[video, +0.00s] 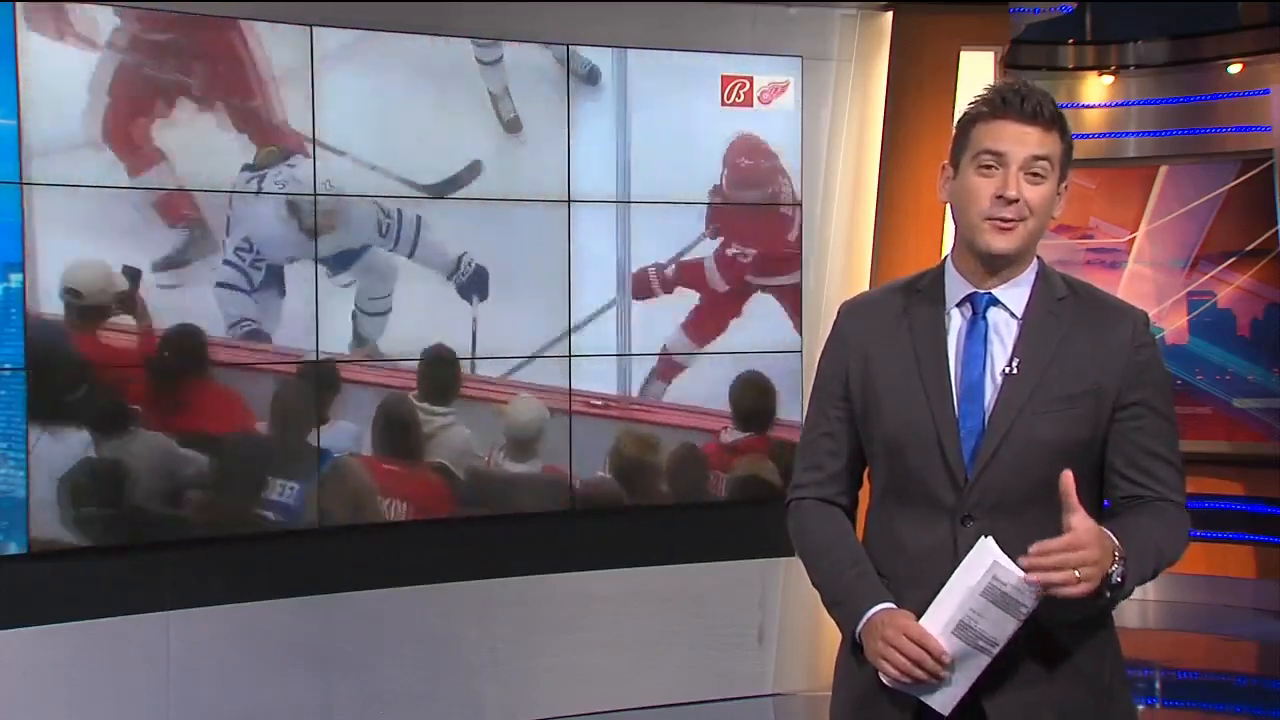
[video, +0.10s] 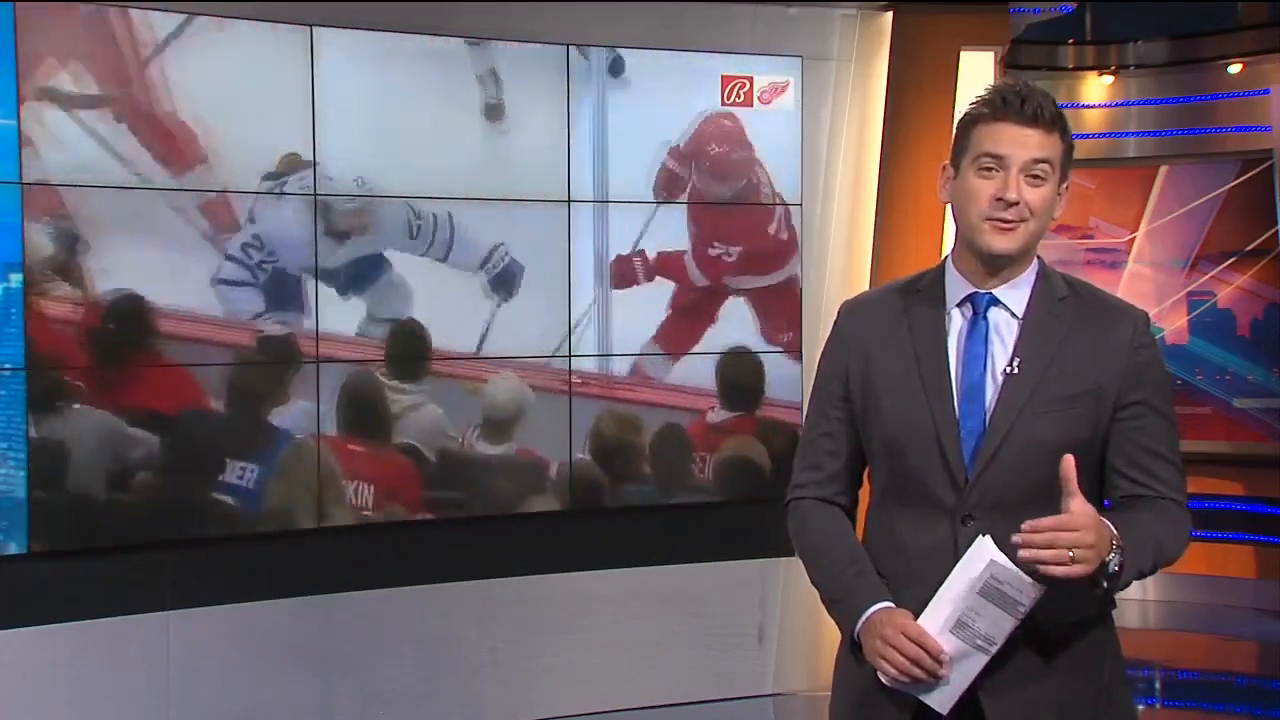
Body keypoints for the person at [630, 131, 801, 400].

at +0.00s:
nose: (748, 206)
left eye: (755, 201)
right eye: (740, 200)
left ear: (772, 190)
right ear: (725, 186)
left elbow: (722, 275)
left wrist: (674, 274)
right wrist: (715, 222)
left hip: (789, 271)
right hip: (738, 267)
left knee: (820, 335)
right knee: (705, 324)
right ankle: (658, 382)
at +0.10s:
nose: (718, 187)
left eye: (730, 181)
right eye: (713, 178)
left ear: (741, 174)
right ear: (696, 164)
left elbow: (705, 271)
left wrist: (652, 266)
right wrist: (673, 173)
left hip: (769, 272)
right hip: (712, 264)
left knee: (791, 339)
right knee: (680, 332)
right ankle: (634, 389)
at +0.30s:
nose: (713, 204)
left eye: (724, 197)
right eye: (710, 193)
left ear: (747, 190)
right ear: (703, 179)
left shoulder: (772, 222)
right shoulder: (682, 188)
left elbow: (764, 307)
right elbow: (627, 222)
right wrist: (626, 275)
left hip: (750, 327)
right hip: (683, 325)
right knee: (671, 412)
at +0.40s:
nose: (761, 222)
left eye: (771, 213)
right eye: (753, 212)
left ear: (785, 208)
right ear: (737, 204)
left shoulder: (795, 237)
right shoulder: (700, 227)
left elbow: (795, 314)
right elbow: (647, 298)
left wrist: (801, 371)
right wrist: (679, 353)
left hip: (752, 348)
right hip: (692, 350)